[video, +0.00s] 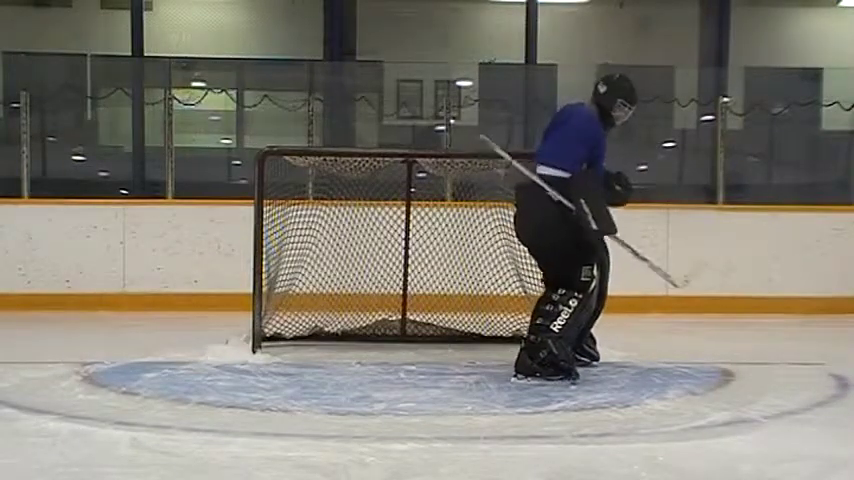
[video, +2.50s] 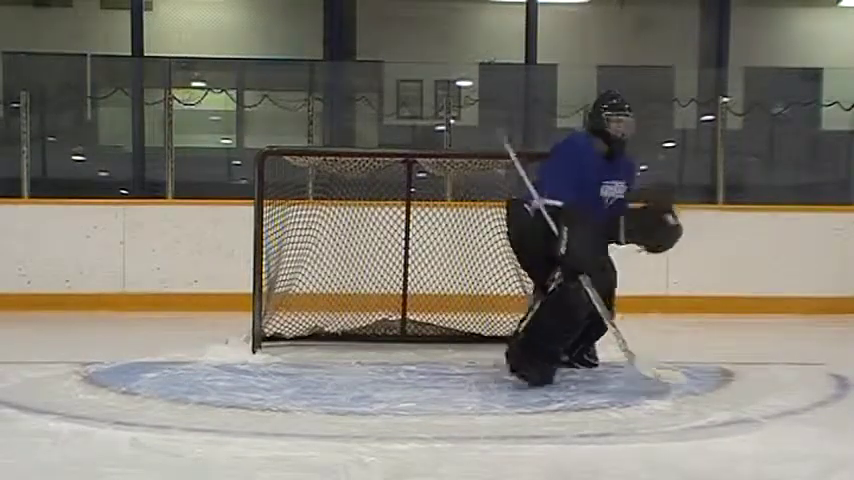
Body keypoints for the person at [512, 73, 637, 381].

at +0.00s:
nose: (623, 115)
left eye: (627, 109)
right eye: (622, 107)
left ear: (601, 97)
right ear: (607, 99)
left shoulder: (571, 113)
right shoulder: (591, 126)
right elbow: (586, 182)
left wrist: (606, 183)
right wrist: (605, 224)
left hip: (531, 207)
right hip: (553, 210)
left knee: (561, 279)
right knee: (586, 274)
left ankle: (537, 350)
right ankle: (548, 349)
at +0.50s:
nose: (642, 175)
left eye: (646, 170)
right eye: (640, 167)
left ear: (618, 152)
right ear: (628, 159)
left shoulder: (591, 163)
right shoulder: (610, 187)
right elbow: (600, 239)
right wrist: (617, 279)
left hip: (514, 220)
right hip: (535, 232)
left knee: (564, 287)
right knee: (592, 288)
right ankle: (541, 356)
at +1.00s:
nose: (635, 152)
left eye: (635, 145)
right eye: (629, 145)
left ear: (604, 145)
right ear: (611, 145)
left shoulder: (581, 162)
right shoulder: (606, 178)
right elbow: (602, 238)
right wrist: (620, 280)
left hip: (512, 221)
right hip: (533, 229)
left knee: (562, 290)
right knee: (590, 287)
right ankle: (543, 355)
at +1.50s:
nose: (622, 121)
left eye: (621, 115)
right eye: (616, 116)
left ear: (593, 120)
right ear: (599, 119)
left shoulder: (574, 143)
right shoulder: (598, 152)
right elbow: (591, 215)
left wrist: (613, 219)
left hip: (524, 218)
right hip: (544, 226)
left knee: (558, 288)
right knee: (585, 287)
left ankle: (535, 348)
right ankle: (539, 353)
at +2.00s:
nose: (625, 118)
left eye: (624, 112)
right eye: (619, 113)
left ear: (593, 117)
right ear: (603, 117)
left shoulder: (576, 141)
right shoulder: (603, 150)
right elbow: (582, 215)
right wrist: (588, 260)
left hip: (525, 213)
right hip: (545, 221)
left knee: (548, 288)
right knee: (567, 291)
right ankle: (519, 352)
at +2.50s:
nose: (623, 129)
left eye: (626, 122)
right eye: (616, 121)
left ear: (630, 125)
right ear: (600, 121)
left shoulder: (622, 164)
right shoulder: (575, 149)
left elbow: (607, 220)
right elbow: (549, 207)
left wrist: (640, 226)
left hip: (583, 234)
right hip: (541, 227)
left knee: (603, 284)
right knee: (575, 289)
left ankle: (575, 346)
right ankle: (530, 354)